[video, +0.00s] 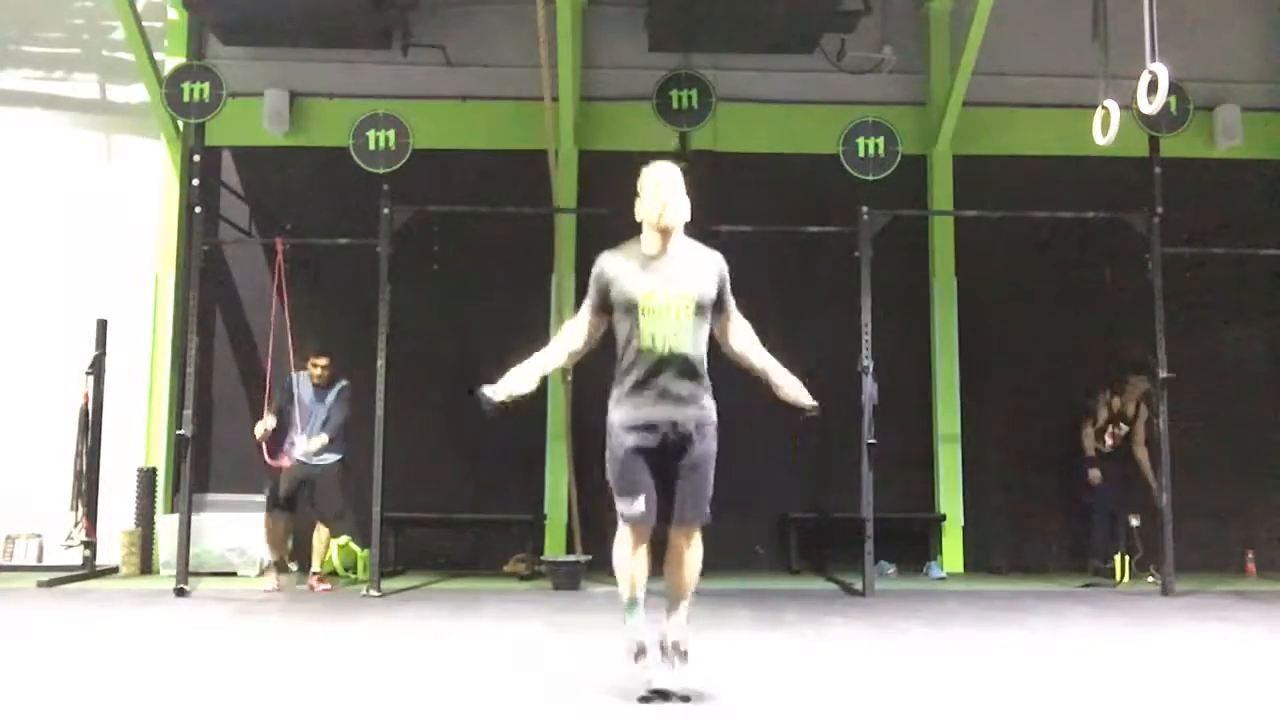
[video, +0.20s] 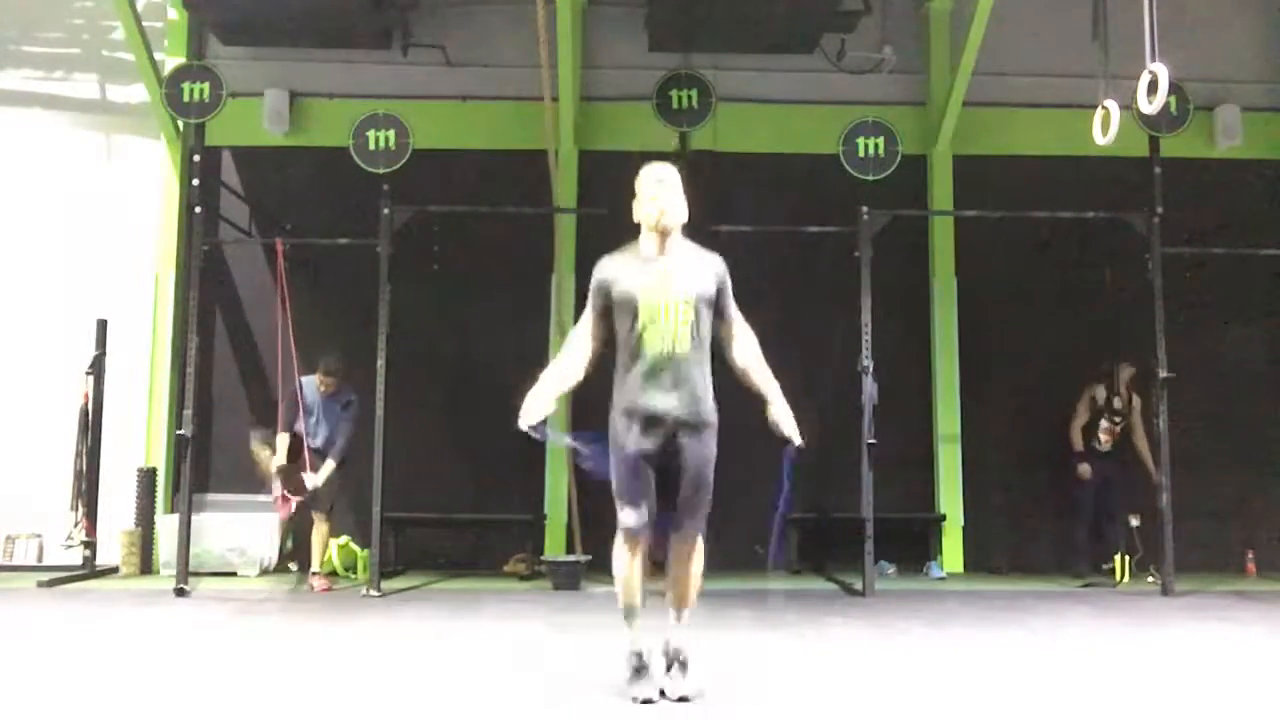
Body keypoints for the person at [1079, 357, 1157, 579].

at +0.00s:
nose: (1139, 387)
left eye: (1143, 382)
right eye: (1135, 381)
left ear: (1146, 386)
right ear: (1127, 382)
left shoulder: (1140, 409)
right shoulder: (1108, 400)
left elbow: (1139, 446)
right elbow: (1088, 428)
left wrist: (1154, 484)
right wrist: (1091, 462)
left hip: (1116, 460)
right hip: (1095, 457)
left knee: (1118, 508)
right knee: (1100, 506)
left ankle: (1115, 558)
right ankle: (1097, 559)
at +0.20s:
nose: (1127, 373)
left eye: (1130, 369)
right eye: (1124, 367)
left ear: (1133, 372)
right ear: (1114, 368)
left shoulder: (1133, 399)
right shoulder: (1095, 392)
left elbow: (1139, 437)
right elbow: (1076, 425)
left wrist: (1153, 471)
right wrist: (1081, 459)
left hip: (1115, 461)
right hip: (1091, 460)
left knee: (1112, 512)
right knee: (1086, 512)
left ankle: (1108, 561)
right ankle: (1082, 564)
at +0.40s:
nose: (1098, 365)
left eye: (1103, 360)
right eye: (1095, 360)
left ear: (1111, 364)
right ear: (1089, 364)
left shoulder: (1120, 394)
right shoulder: (1078, 391)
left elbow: (1130, 430)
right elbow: (1063, 425)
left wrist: (1144, 463)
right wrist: (1070, 458)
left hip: (1108, 463)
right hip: (1082, 463)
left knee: (1109, 511)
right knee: (1078, 512)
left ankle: (1109, 560)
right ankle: (1077, 562)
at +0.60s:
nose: (1076, 363)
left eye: (1080, 358)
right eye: (1072, 359)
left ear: (1089, 362)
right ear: (1067, 364)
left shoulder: (1105, 389)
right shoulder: (1058, 390)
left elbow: (1116, 425)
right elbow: (1049, 425)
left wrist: (1124, 457)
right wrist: (1053, 456)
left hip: (1097, 458)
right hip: (1069, 459)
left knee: (1104, 506)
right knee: (1071, 509)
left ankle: (1109, 559)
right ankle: (1076, 562)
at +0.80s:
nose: (1065, 360)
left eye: (1069, 355)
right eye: (1061, 355)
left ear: (1078, 357)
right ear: (1056, 358)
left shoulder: (1096, 387)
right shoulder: (1047, 388)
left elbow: (1105, 422)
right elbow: (1037, 421)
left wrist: (1106, 452)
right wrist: (1033, 451)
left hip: (1088, 456)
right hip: (1060, 456)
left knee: (1092, 505)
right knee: (1065, 507)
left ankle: (1096, 556)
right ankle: (1072, 560)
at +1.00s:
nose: (1056, 360)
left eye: (1061, 355)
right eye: (1053, 354)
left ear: (1072, 356)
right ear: (1049, 357)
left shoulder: (1090, 386)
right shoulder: (1040, 386)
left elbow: (1101, 423)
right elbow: (1032, 419)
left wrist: (1098, 453)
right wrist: (1025, 447)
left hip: (1080, 457)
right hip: (1051, 457)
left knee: (1078, 506)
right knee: (1056, 509)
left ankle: (1083, 560)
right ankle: (1065, 561)